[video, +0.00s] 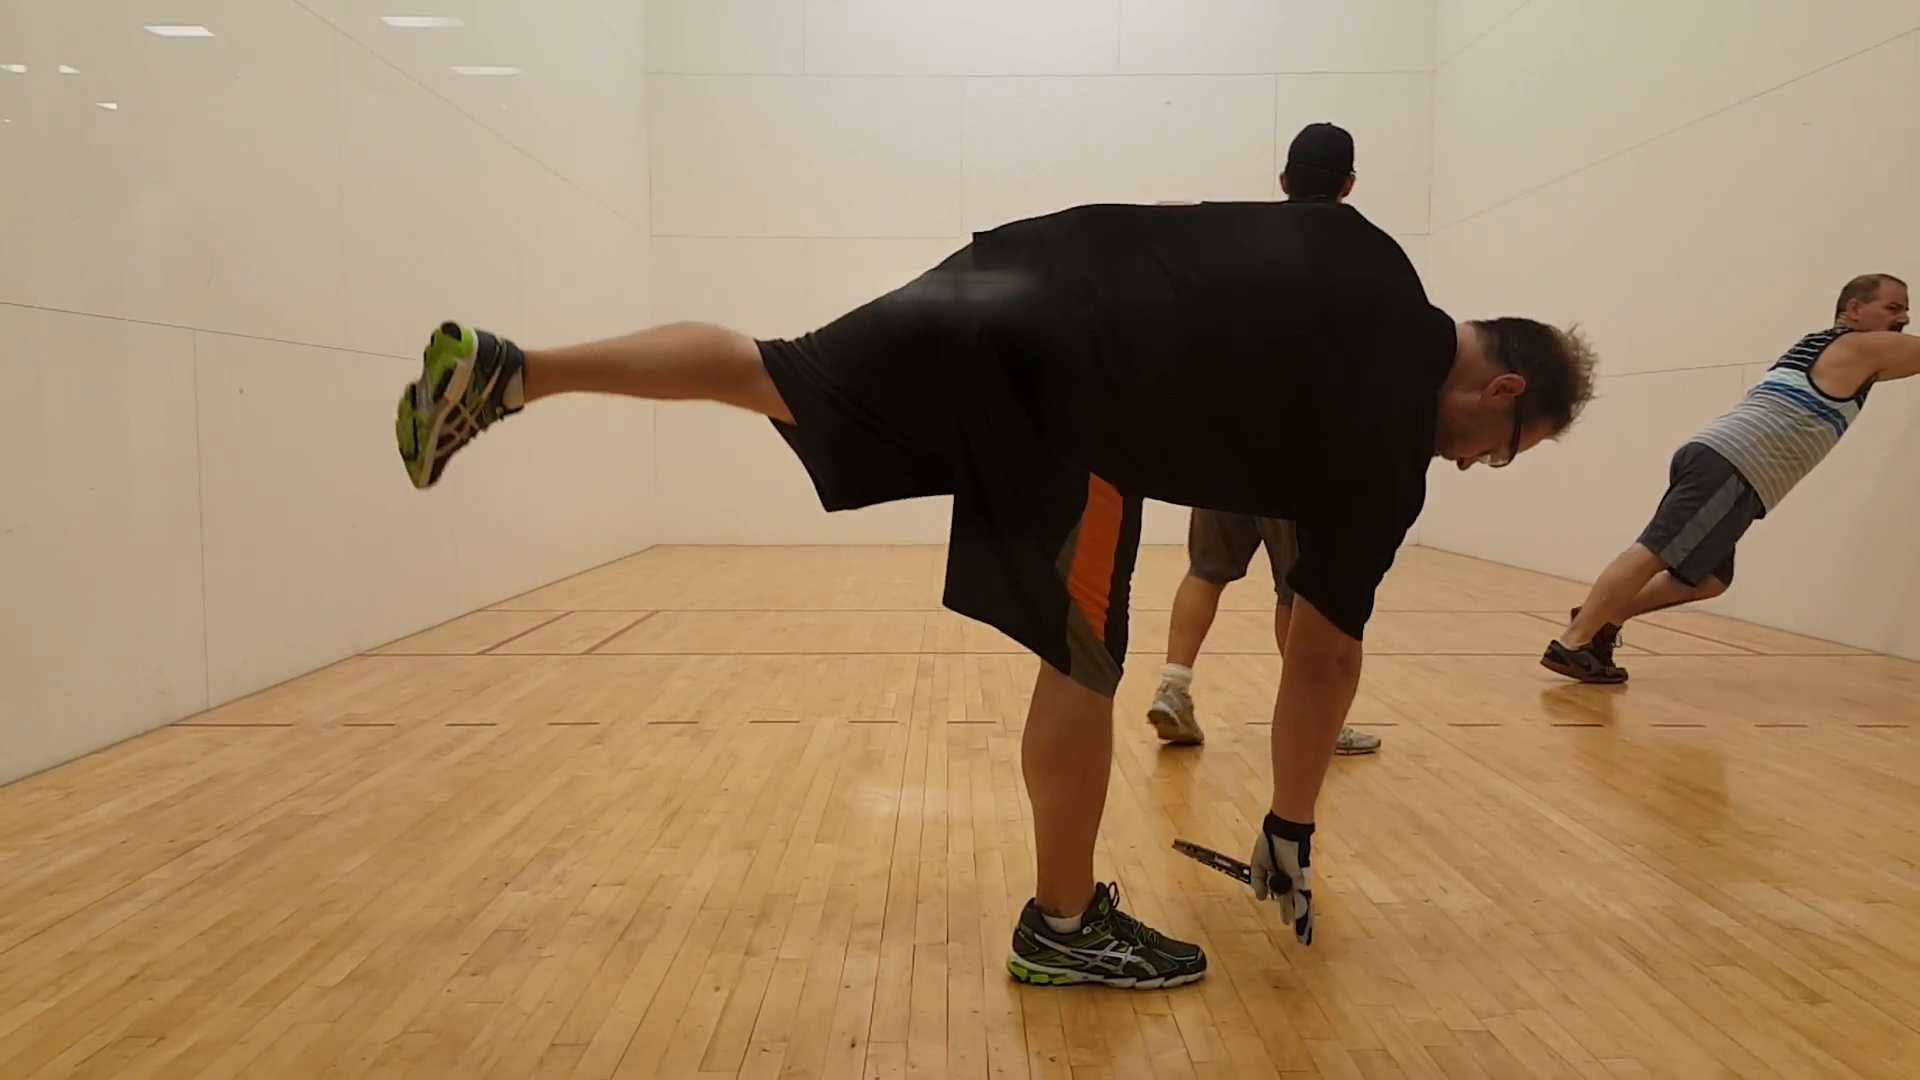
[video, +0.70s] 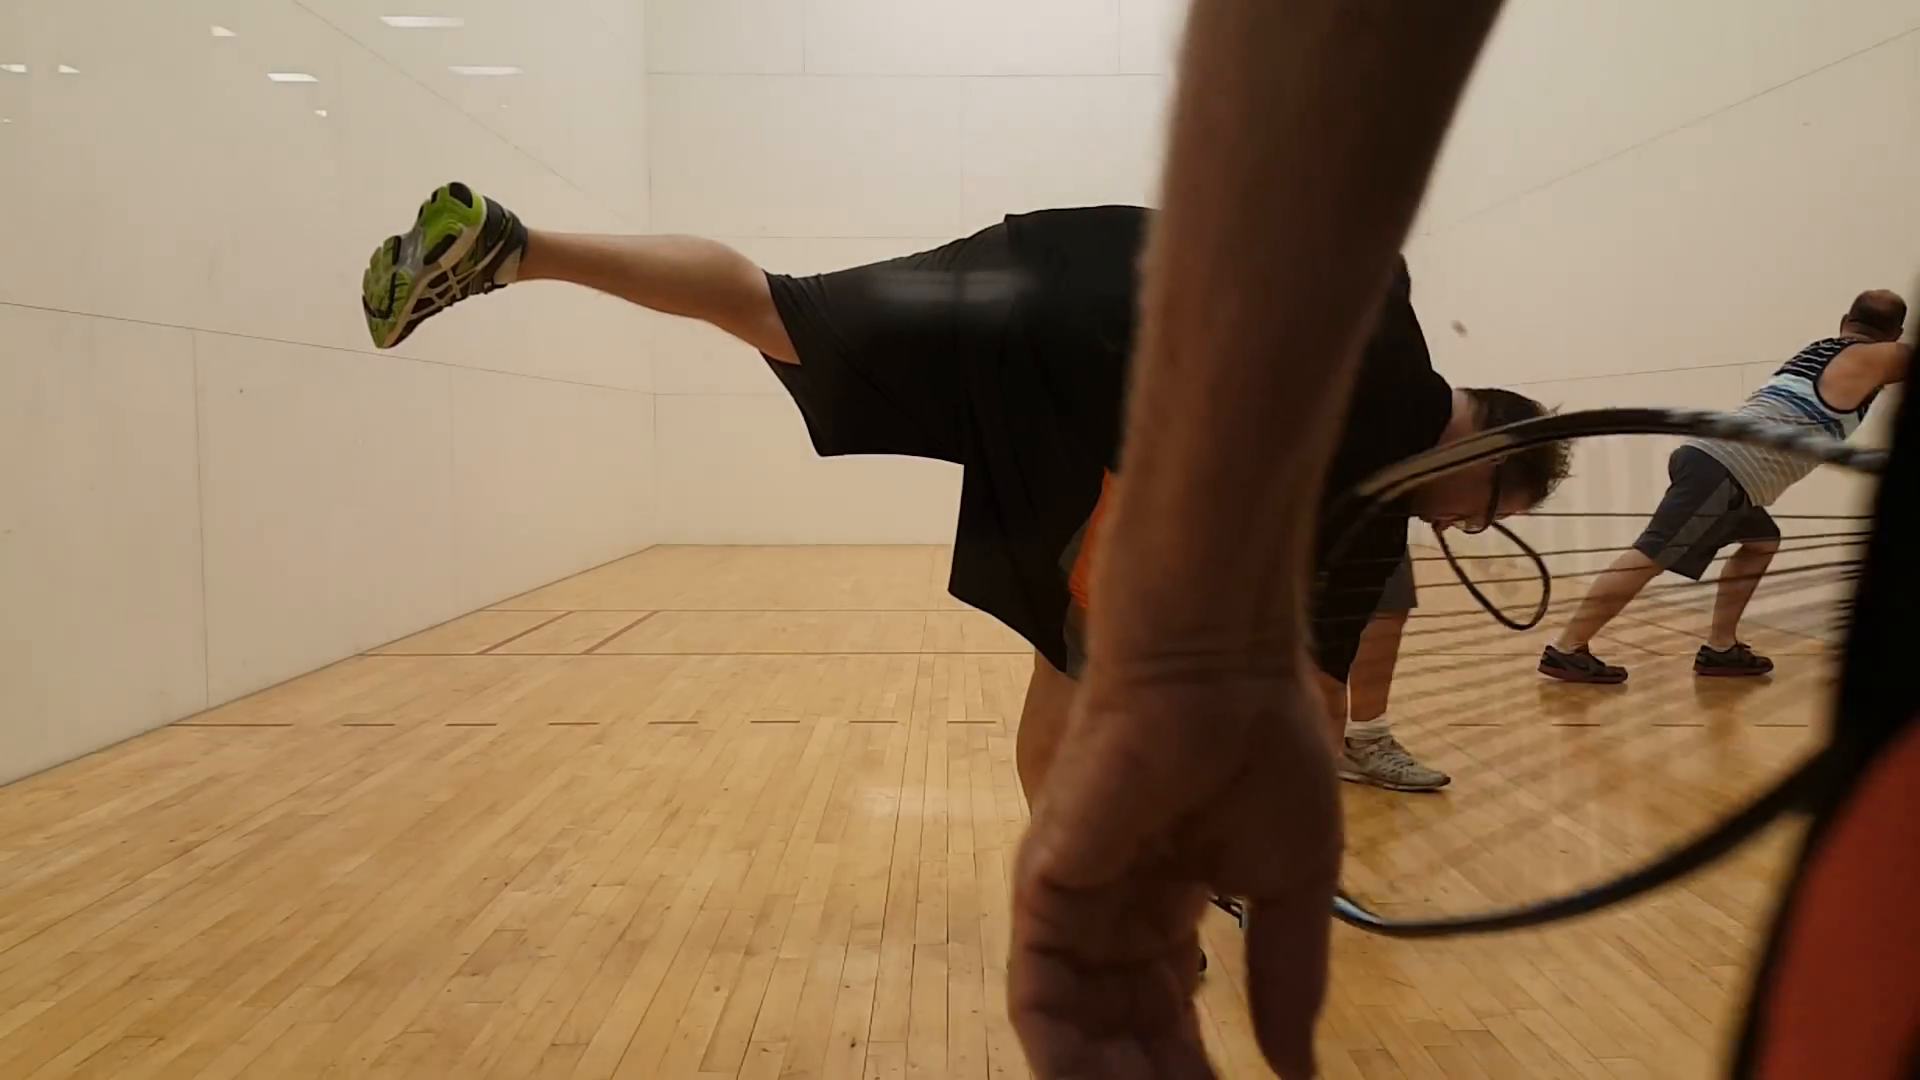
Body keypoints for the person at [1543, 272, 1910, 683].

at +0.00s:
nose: (1904, 320)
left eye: (1904, 311)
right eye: (1895, 309)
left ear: (1854, 318)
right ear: (1853, 311)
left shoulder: (1824, 348)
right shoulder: (1855, 349)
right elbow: (1917, 353)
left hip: (1722, 465)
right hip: (1729, 470)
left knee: (1709, 578)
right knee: (1652, 553)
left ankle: (1601, 614)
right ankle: (1572, 644)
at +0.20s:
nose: (1908, 324)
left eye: (1908, 314)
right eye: (1901, 312)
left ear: (1859, 318)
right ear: (1862, 313)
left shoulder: (1825, 347)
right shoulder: (1856, 349)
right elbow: (1918, 352)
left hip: (1724, 465)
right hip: (1724, 466)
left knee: (1747, 552)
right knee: (1653, 552)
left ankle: (1662, 610)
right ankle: (1571, 643)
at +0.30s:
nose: (1906, 324)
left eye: (1905, 315)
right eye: (1902, 314)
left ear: (1856, 315)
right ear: (1880, 317)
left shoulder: (1823, 344)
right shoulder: (1858, 346)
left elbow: (1901, 361)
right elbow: (1917, 353)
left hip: (1713, 457)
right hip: (1723, 464)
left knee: (1761, 535)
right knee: (1654, 551)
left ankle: (1702, 630)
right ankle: (1572, 642)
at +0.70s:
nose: (1888, 346)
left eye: (1857, 321)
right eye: (1888, 339)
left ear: (1847, 323)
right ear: (1887, 335)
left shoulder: (1820, 352)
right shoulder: (1867, 360)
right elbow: (1910, 353)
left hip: (1704, 461)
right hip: (1719, 472)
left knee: (1761, 538)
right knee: (1647, 556)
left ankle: (1721, 647)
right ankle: (1568, 648)